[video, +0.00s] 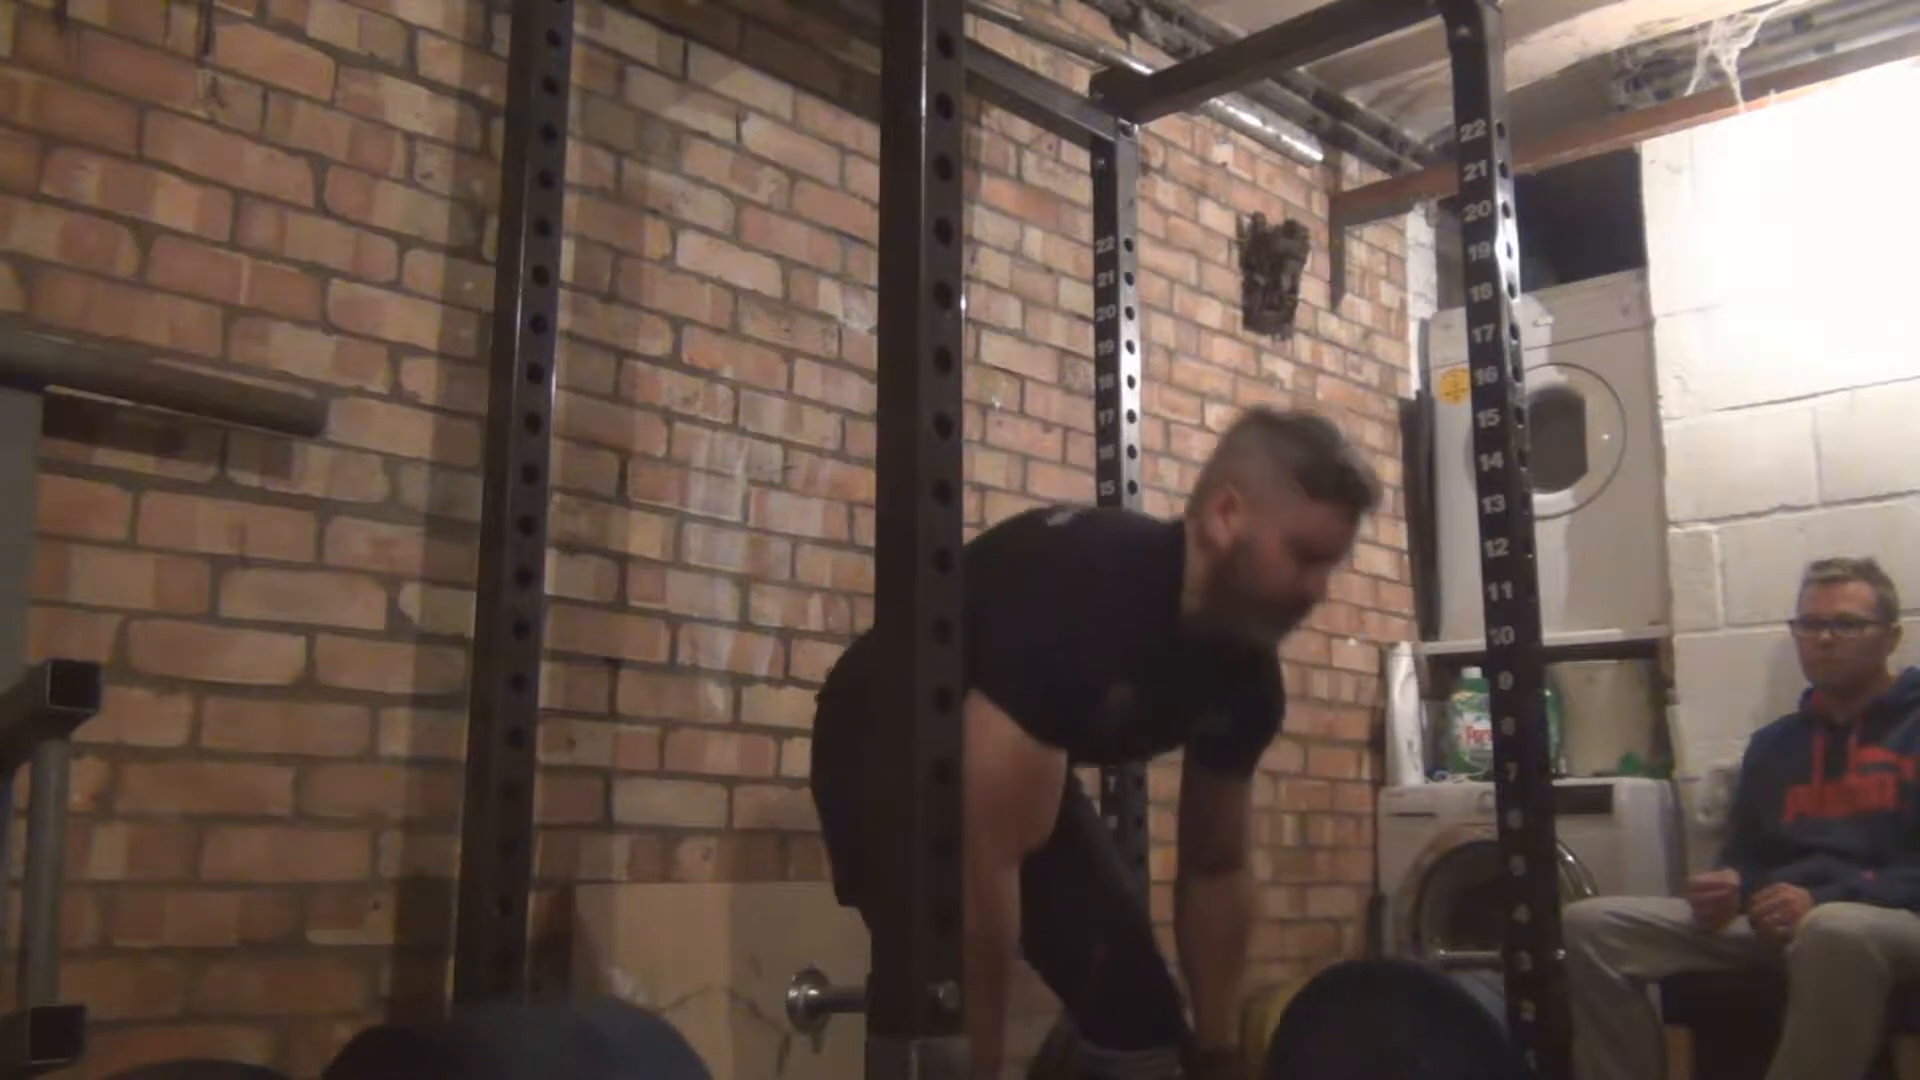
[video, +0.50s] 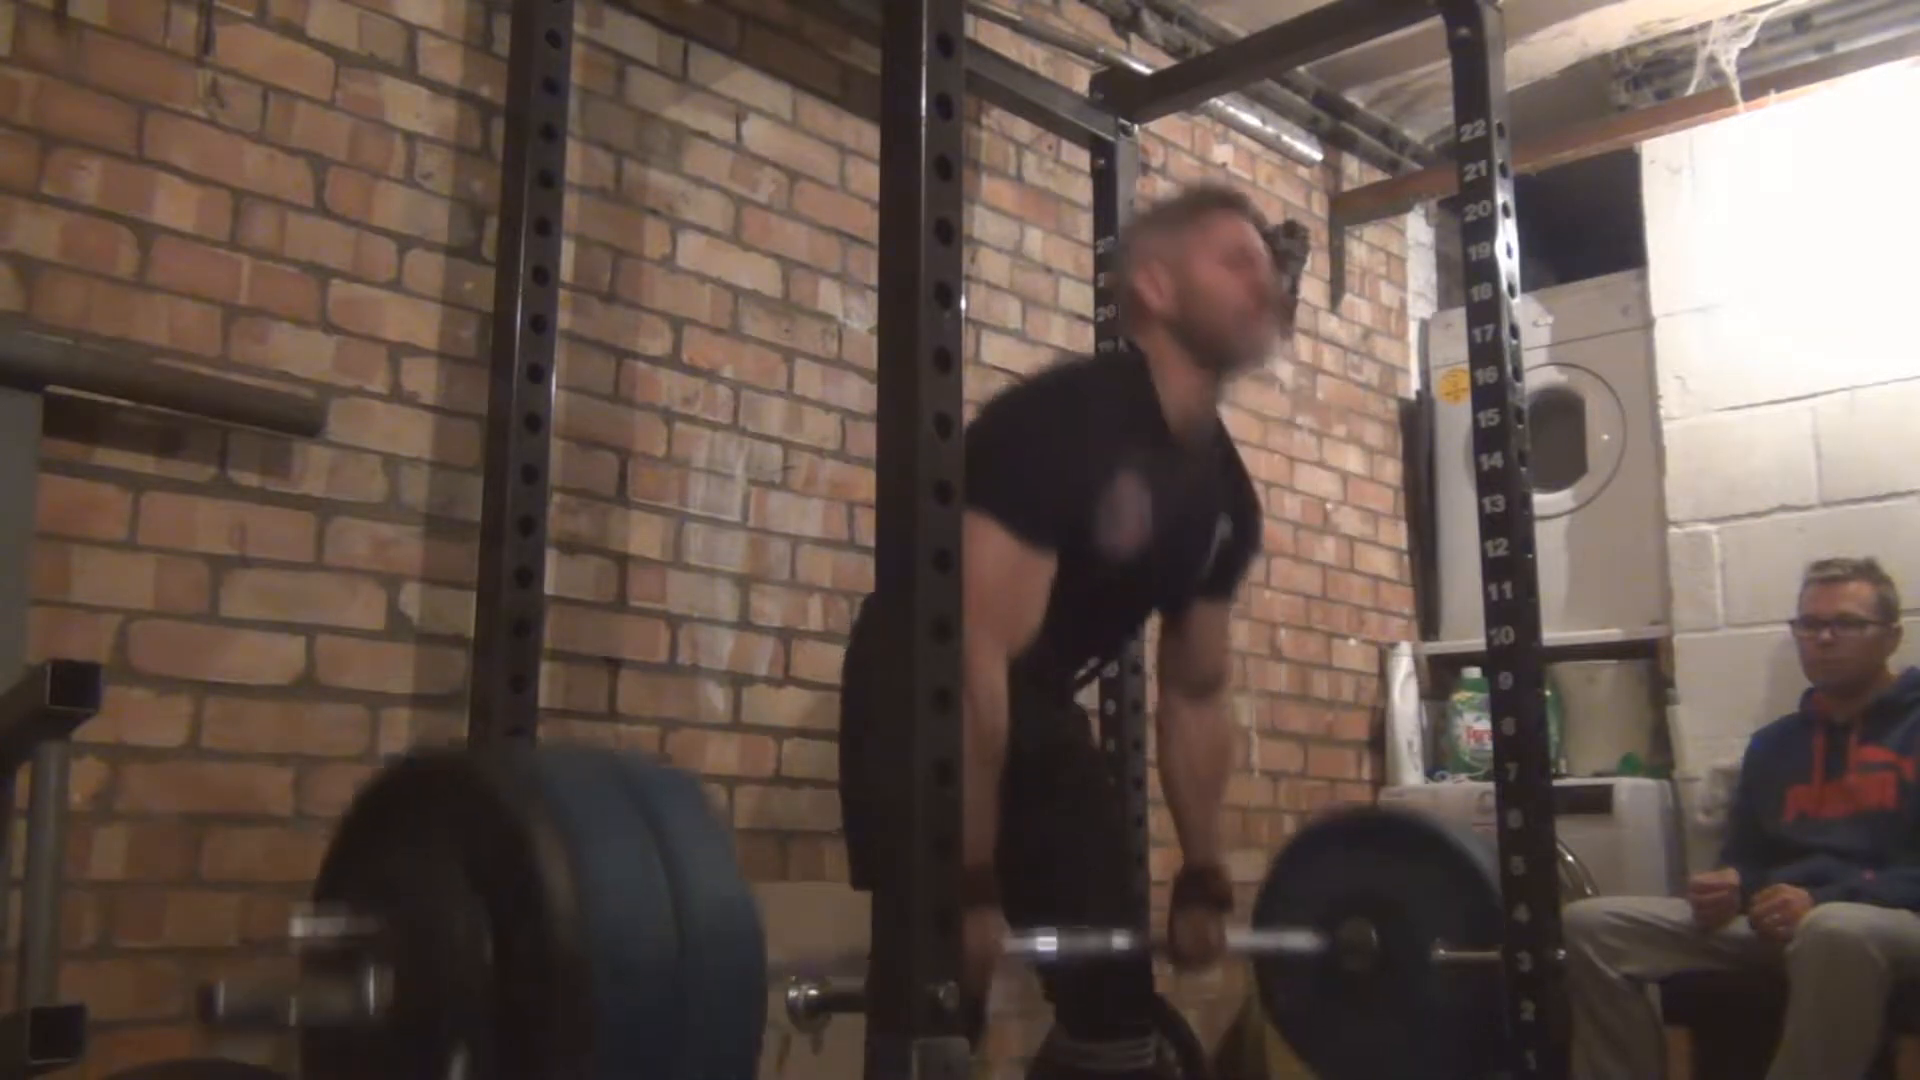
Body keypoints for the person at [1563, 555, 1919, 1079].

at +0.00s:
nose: (1824, 639)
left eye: (1845, 625)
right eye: (1810, 624)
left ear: (1890, 637)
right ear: (1794, 634)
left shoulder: (1914, 723)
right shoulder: (1774, 743)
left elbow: (1913, 875)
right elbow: (1746, 853)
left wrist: (1819, 900)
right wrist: (1730, 885)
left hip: (1894, 918)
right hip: (1773, 917)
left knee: (1832, 936)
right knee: (1589, 929)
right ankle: (1629, 1074)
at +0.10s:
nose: (1824, 638)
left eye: (1846, 624)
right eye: (1810, 624)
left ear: (1891, 637)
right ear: (1795, 634)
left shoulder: (1914, 722)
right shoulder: (1773, 744)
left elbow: (1914, 875)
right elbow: (1745, 856)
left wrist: (1819, 900)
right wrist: (1729, 887)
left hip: (1895, 918)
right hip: (1772, 919)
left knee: (1833, 937)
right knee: (1589, 929)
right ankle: (1629, 1074)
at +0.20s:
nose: (1824, 638)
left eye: (1846, 624)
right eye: (1810, 624)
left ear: (1891, 637)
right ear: (1795, 634)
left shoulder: (1914, 722)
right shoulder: (1773, 744)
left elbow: (1914, 875)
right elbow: (1745, 857)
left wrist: (1819, 900)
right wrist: (1729, 886)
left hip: (1895, 918)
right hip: (1772, 918)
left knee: (1833, 937)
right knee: (1589, 929)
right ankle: (1630, 1074)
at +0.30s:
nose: (1824, 638)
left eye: (1846, 624)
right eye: (1810, 624)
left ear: (1891, 637)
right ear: (1795, 634)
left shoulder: (1914, 722)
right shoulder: (1773, 744)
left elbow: (1914, 875)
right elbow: (1745, 857)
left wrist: (1819, 900)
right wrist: (1729, 886)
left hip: (1895, 918)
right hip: (1772, 918)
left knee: (1833, 936)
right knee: (1589, 929)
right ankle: (1629, 1074)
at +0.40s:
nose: (1824, 638)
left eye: (1846, 624)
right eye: (1810, 624)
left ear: (1891, 636)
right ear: (1795, 634)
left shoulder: (1912, 723)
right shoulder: (1773, 745)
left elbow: (1912, 875)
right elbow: (1745, 857)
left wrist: (1819, 900)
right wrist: (1729, 886)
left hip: (1894, 918)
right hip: (1771, 918)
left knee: (1833, 936)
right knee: (1589, 929)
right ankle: (1626, 1074)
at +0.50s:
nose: (1824, 638)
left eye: (1846, 624)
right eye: (1811, 624)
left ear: (1891, 636)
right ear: (1795, 634)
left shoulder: (1912, 723)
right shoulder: (1773, 745)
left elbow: (1912, 876)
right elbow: (1746, 856)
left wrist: (1819, 901)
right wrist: (1730, 884)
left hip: (1894, 920)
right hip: (1772, 919)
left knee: (1833, 936)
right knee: (1590, 928)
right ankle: (1625, 1073)